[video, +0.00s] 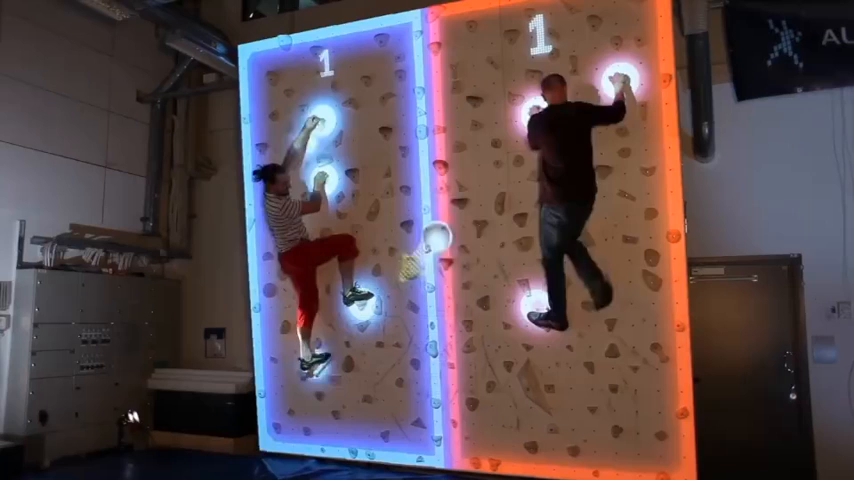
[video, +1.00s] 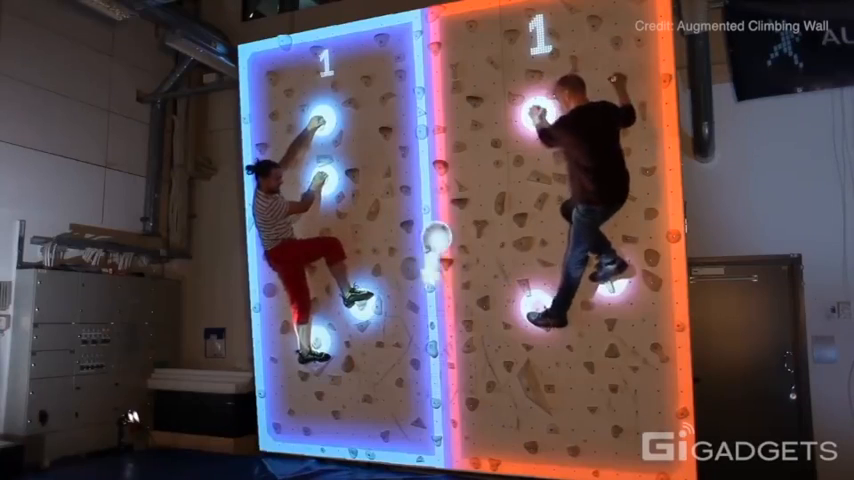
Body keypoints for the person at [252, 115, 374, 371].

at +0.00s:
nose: (287, 184)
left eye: (286, 180)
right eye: (283, 182)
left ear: (279, 181)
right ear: (273, 186)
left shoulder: (271, 195)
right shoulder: (282, 205)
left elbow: (292, 159)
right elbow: (316, 206)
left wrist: (307, 130)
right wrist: (319, 186)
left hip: (289, 258)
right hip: (300, 253)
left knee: (308, 303)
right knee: (346, 243)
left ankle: (306, 358)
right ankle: (349, 290)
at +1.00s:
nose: (281, 181)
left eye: (280, 177)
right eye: (276, 179)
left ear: (268, 180)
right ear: (264, 181)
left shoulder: (263, 192)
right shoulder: (269, 203)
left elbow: (289, 157)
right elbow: (303, 206)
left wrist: (309, 130)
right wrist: (316, 186)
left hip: (278, 253)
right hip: (285, 250)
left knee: (301, 300)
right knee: (330, 245)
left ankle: (305, 351)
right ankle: (348, 293)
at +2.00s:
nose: (288, 184)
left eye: (286, 180)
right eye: (283, 181)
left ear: (276, 185)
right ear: (272, 186)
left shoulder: (272, 203)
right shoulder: (280, 208)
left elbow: (293, 164)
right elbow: (313, 208)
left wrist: (310, 132)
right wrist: (319, 188)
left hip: (290, 262)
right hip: (298, 258)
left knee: (323, 303)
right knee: (341, 244)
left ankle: (308, 350)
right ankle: (349, 291)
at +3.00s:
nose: (295, 182)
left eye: (294, 179)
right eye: (291, 180)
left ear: (280, 182)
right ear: (279, 183)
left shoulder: (274, 198)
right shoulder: (285, 205)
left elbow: (295, 161)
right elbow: (318, 208)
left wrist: (310, 132)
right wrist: (320, 185)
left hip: (286, 264)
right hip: (298, 257)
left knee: (321, 300)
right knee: (340, 244)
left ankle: (309, 351)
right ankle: (349, 292)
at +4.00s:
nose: (282, 178)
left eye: (281, 174)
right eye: (278, 175)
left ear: (264, 179)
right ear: (267, 180)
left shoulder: (258, 196)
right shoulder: (274, 201)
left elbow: (277, 171)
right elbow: (310, 207)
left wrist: (293, 156)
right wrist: (319, 186)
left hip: (285, 256)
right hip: (294, 252)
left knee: (312, 299)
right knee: (339, 243)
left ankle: (306, 350)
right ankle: (348, 291)